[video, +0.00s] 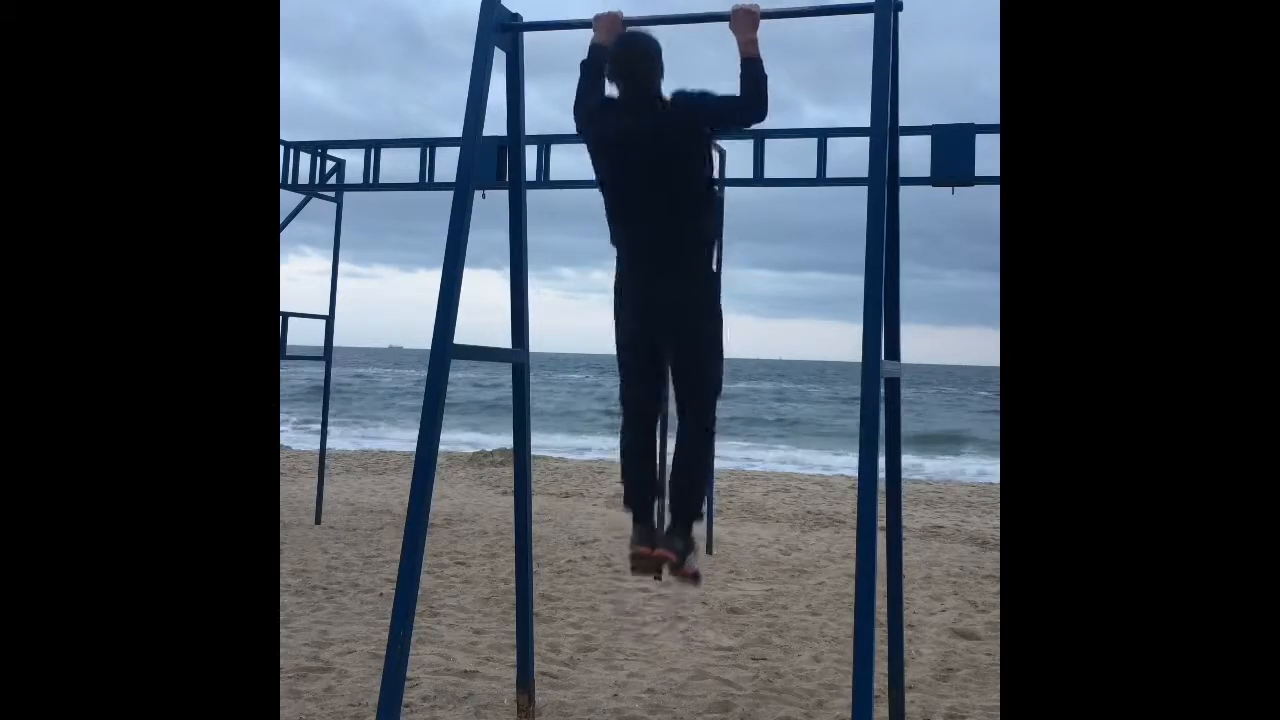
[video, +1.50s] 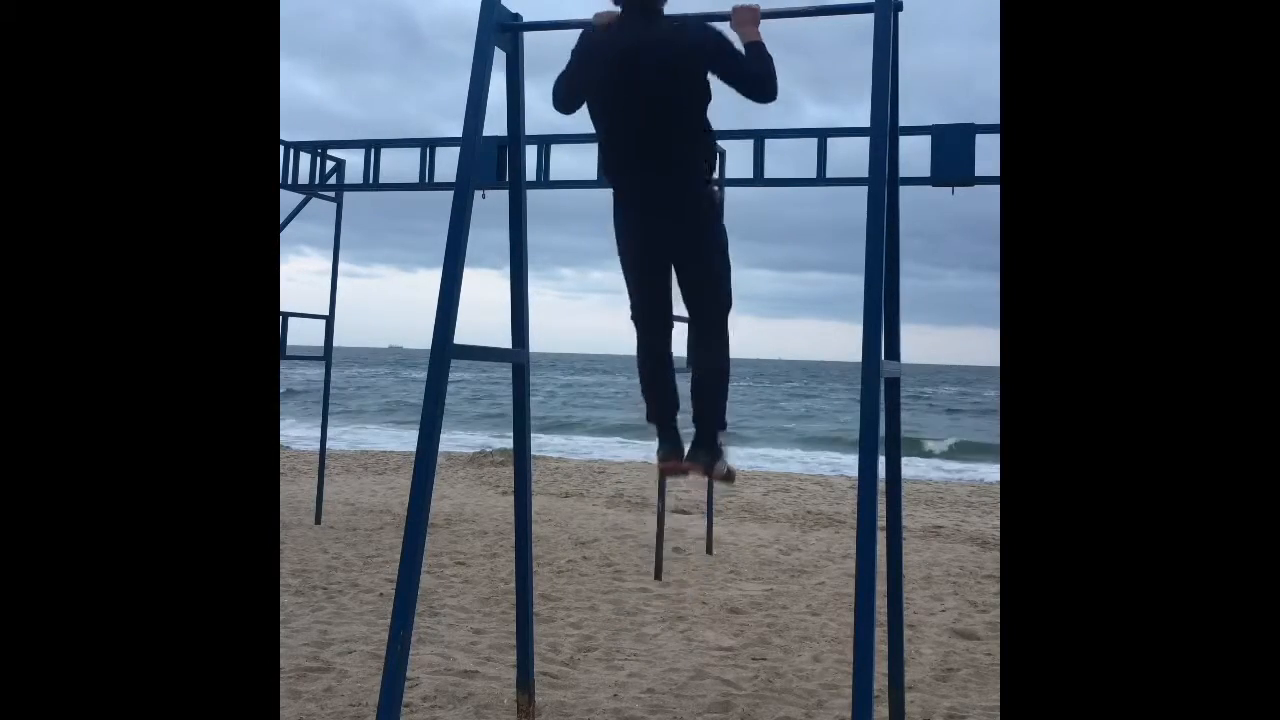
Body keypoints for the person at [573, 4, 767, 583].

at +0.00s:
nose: (640, 75)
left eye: (622, 67)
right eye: (651, 66)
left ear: (613, 75)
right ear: (659, 73)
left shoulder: (600, 125)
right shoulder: (692, 114)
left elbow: (589, 91)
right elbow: (754, 106)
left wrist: (599, 43)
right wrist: (749, 43)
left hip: (634, 288)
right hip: (692, 287)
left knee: (639, 410)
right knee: (696, 413)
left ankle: (642, 531)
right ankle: (678, 538)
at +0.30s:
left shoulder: (601, 33)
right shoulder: (696, 24)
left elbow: (567, 99)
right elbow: (758, 82)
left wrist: (595, 33)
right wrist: (751, 34)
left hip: (635, 200)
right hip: (694, 197)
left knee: (649, 321)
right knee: (707, 318)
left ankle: (667, 440)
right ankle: (703, 443)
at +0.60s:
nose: (653, 71)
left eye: (632, 63)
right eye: (662, 62)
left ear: (624, 69)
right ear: (671, 64)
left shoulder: (608, 113)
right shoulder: (703, 107)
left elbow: (576, 102)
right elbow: (770, 101)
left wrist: (598, 44)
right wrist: (753, 40)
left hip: (639, 282)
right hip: (698, 281)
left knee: (645, 404)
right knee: (702, 406)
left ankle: (651, 531)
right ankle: (687, 533)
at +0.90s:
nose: (683, 132)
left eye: (669, 130)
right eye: (681, 128)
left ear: (633, 143)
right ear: (682, 139)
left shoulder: (624, 172)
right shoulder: (708, 169)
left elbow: (592, 115)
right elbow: (758, 113)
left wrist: (600, 47)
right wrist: (750, 43)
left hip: (646, 344)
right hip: (702, 346)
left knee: (636, 477)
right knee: (692, 486)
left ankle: (624, 604)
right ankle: (662, 615)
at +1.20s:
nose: (658, 91)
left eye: (640, 84)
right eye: (661, 84)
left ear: (620, 97)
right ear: (666, 92)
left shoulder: (607, 140)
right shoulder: (696, 131)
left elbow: (590, 105)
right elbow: (754, 109)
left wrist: (599, 45)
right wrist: (748, 42)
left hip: (639, 307)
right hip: (697, 307)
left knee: (639, 432)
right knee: (696, 439)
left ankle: (638, 553)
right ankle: (675, 564)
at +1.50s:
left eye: (618, 4)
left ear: (618, 3)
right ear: (664, 1)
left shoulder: (599, 41)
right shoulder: (693, 34)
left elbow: (564, 99)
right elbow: (762, 88)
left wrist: (594, 33)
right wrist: (750, 36)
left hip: (634, 206)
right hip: (693, 203)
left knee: (651, 324)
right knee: (710, 321)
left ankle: (668, 445)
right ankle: (706, 448)